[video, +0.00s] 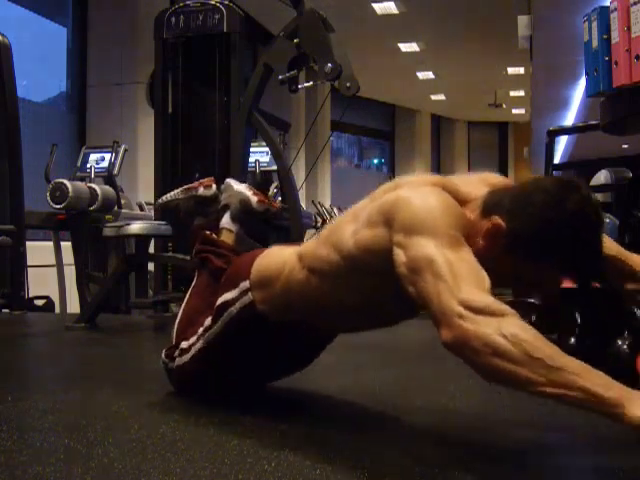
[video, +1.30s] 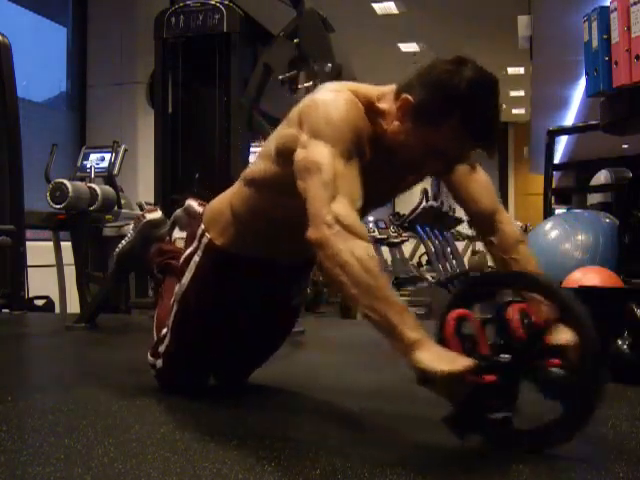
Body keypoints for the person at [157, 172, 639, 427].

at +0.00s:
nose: (515, 293)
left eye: (530, 288)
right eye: (522, 279)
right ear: (496, 237)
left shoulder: (501, 195)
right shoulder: (421, 213)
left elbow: (594, 247)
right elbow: (473, 326)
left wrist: (637, 273)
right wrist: (627, 402)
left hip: (312, 311)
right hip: (264, 307)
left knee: (230, 370)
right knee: (184, 369)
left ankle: (236, 262)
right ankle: (210, 267)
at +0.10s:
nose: (503, 255)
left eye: (516, 248)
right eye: (506, 243)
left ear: (474, 193)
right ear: (476, 200)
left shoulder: (486, 174)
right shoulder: (402, 177)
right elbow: (439, 300)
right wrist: (577, 388)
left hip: (305, 312)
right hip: (252, 297)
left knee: (230, 377)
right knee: (182, 369)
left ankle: (235, 252)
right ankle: (214, 251)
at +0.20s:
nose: (481, 211)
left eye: (495, 205)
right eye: (483, 199)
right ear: (456, 159)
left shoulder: (469, 158)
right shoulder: (382, 147)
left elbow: (555, 226)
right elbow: (405, 269)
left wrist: (618, 292)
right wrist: (520, 368)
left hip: (304, 299)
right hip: (246, 288)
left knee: (227, 378)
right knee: (183, 375)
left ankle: (220, 248)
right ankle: (193, 255)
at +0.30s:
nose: (461, 181)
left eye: (471, 172)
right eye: (459, 168)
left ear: (483, 150)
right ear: (430, 121)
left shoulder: (461, 140)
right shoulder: (362, 120)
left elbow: (530, 225)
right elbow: (373, 241)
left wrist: (583, 296)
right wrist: (470, 351)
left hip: (300, 288)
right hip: (242, 277)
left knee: (236, 379)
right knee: (184, 374)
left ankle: (220, 242)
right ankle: (194, 250)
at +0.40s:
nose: (459, 158)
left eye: (468, 145)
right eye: (454, 140)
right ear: (413, 101)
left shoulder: (444, 124)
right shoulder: (346, 105)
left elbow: (499, 214)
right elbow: (343, 225)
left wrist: (547, 313)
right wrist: (423, 340)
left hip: (296, 276)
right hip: (235, 263)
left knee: (229, 376)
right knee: (180, 377)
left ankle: (206, 238)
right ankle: (180, 250)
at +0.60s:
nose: (416, 128)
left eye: (429, 120)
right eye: (414, 114)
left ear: (444, 104)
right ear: (381, 74)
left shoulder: (432, 112)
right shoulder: (315, 88)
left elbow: (458, 215)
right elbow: (292, 206)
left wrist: (483, 317)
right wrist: (344, 329)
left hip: (283, 264)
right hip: (224, 248)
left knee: (227, 378)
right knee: (176, 375)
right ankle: (161, 252)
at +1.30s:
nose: (436, 173)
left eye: (449, 161)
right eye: (433, 155)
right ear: (400, 112)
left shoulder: (437, 131)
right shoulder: (332, 113)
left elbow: (494, 222)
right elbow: (332, 233)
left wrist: (548, 312)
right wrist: (417, 344)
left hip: (288, 270)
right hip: (227, 260)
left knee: (228, 377)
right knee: (177, 377)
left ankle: (197, 234)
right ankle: (167, 249)